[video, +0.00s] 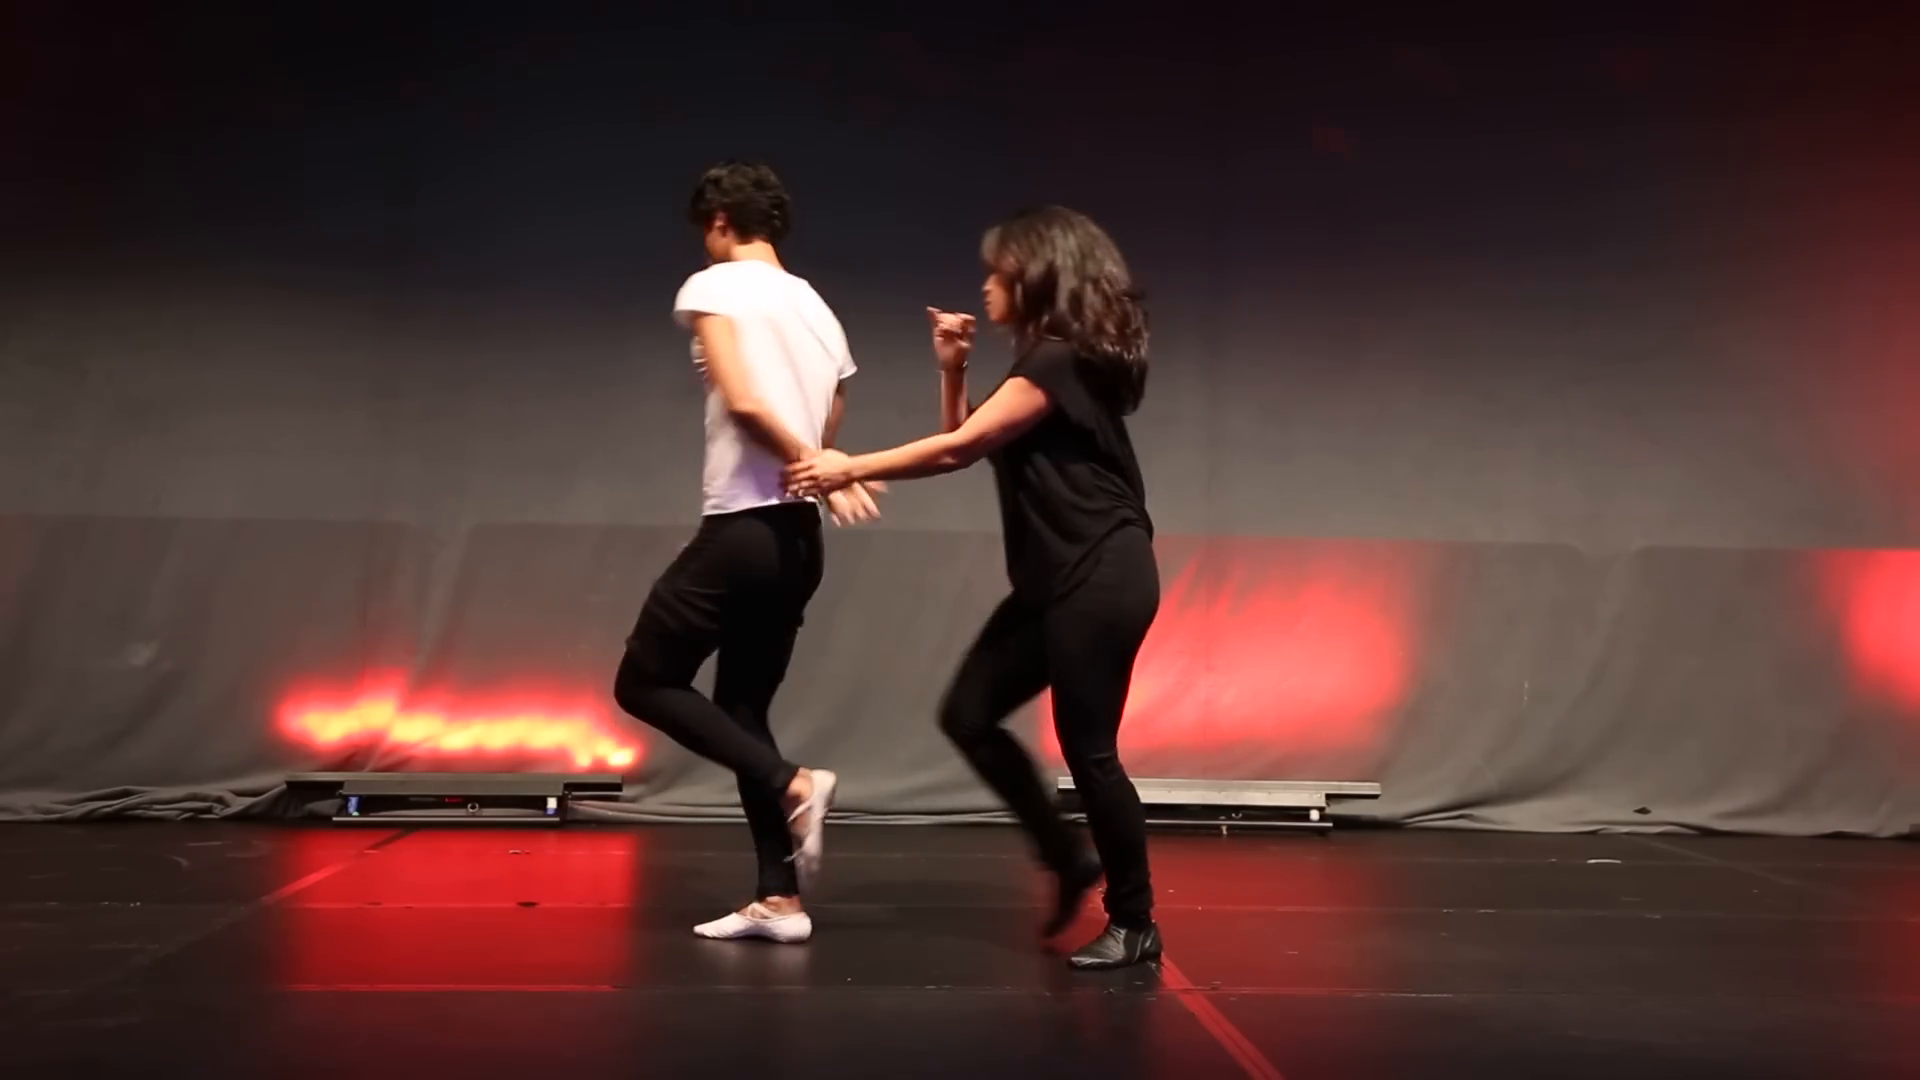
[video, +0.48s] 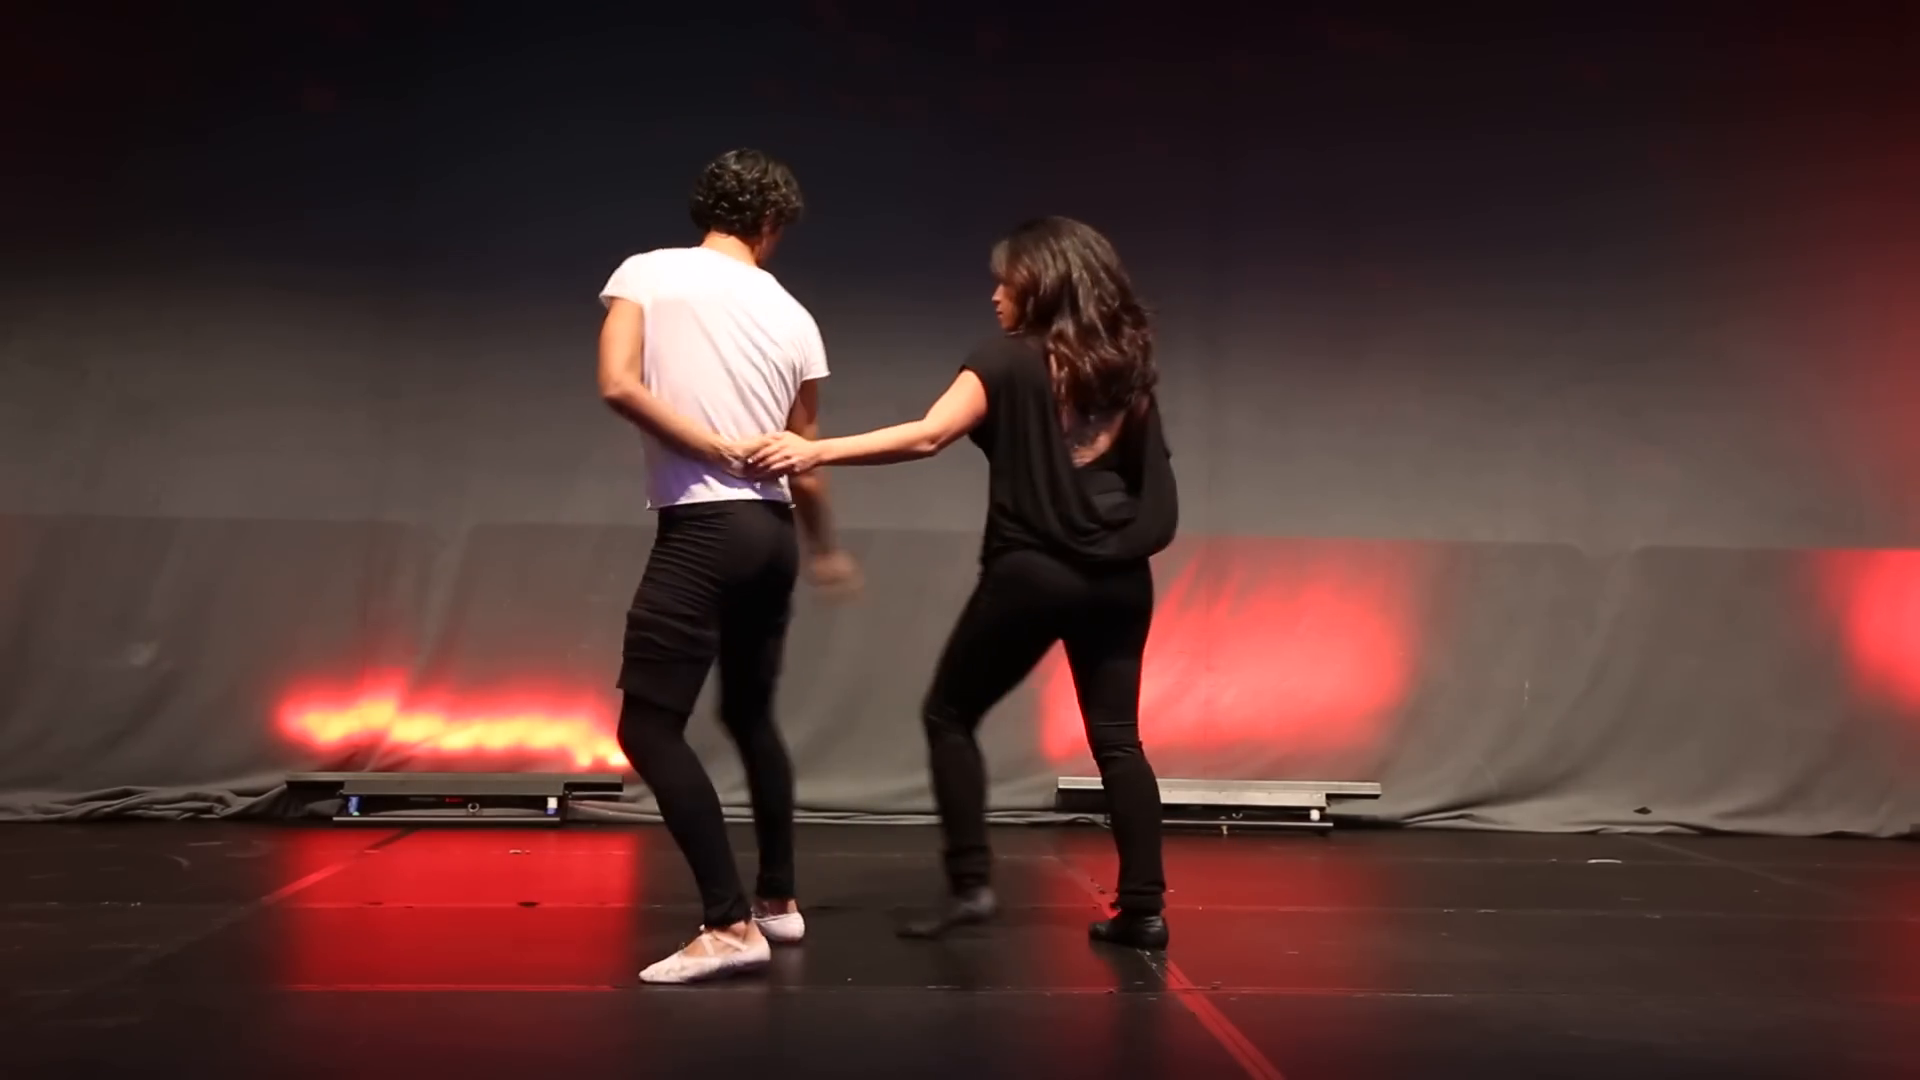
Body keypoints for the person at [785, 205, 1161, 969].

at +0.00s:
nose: (985, 288)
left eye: (997, 275)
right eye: (989, 273)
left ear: (1038, 278)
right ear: (1047, 282)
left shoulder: (1064, 361)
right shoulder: (1045, 360)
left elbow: (961, 447)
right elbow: (965, 443)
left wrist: (849, 466)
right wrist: (952, 371)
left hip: (1100, 576)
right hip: (1055, 582)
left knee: (1090, 751)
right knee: (966, 717)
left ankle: (1136, 927)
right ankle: (1070, 860)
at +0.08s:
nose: (998, 286)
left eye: (1009, 273)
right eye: (1001, 272)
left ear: (1049, 275)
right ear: (1064, 276)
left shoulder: (1062, 359)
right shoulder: (1068, 355)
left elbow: (965, 443)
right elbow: (999, 441)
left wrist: (851, 456)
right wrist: (960, 373)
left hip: (1097, 570)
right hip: (1071, 572)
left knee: (1083, 745)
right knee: (1010, 724)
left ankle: (1132, 924)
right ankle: (1116, 873)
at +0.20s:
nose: (1008, 285)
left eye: (1018, 271)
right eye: (1010, 270)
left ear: (1053, 274)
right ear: (1089, 274)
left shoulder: (1045, 355)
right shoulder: (1115, 352)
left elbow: (952, 435)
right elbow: (1085, 416)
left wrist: (836, 438)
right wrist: (1022, 371)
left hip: (1075, 565)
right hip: (1115, 562)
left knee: (1047, 740)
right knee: (1076, 734)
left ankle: (1126, 907)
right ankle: (1137, 895)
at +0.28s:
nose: (1008, 286)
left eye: (1017, 272)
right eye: (1010, 271)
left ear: (1054, 274)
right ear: (1100, 274)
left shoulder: (1027, 353)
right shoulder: (1131, 358)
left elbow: (941, 431)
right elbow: (1144, 467)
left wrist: (821, 434)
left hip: (1060, 569)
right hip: (1131, 570)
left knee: (1001, 731)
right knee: (1103, 735)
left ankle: (1089, 888)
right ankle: (1144, 911)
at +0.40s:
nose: (1002, 292)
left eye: (1012, 278)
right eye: (1004, 277)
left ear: (1047, 280)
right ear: (1095, 280)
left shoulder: (1014, 358)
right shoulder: (1134, 361)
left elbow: (936, 435)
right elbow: (1165, 449)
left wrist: (817, 442)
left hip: (1045, 574)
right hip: (1130, 576)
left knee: (973, 724)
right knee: (1119, 738)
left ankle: (1003, 902)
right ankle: (1143, 915)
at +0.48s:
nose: (994, 297)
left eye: (1004, 284)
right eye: (997, 283)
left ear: (1039, 286)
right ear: (1083, 285)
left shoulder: (1003, 362)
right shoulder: (1125, 367)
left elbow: (928, 436)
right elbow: (1151, 480)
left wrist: (816, 449)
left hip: (1027, 578)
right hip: (1117, 581)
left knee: (950, 713)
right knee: (1119, 740)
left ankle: (971, 887)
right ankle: (1143, 915)